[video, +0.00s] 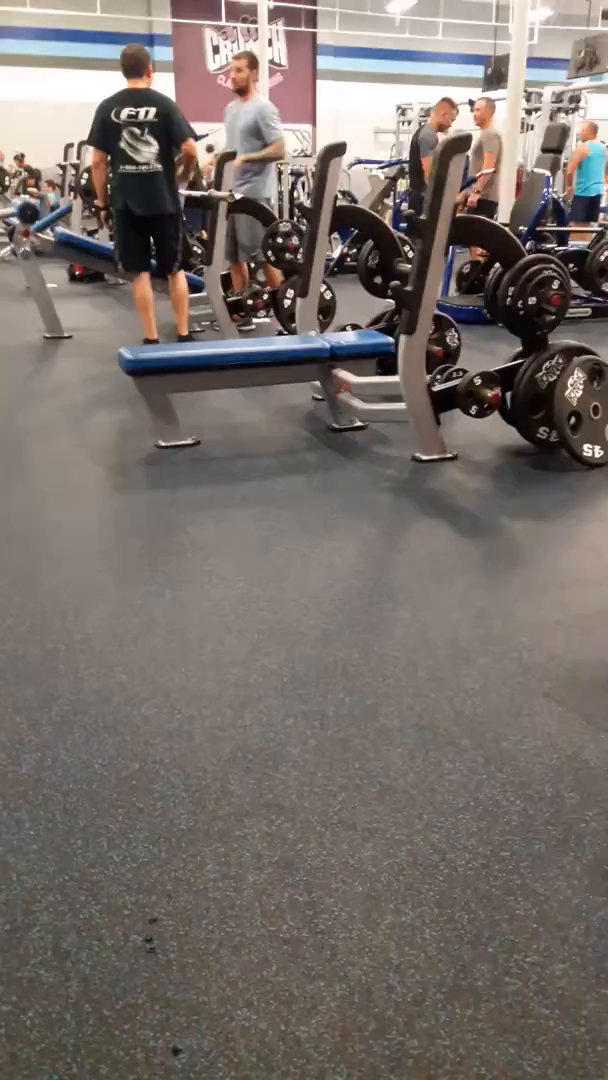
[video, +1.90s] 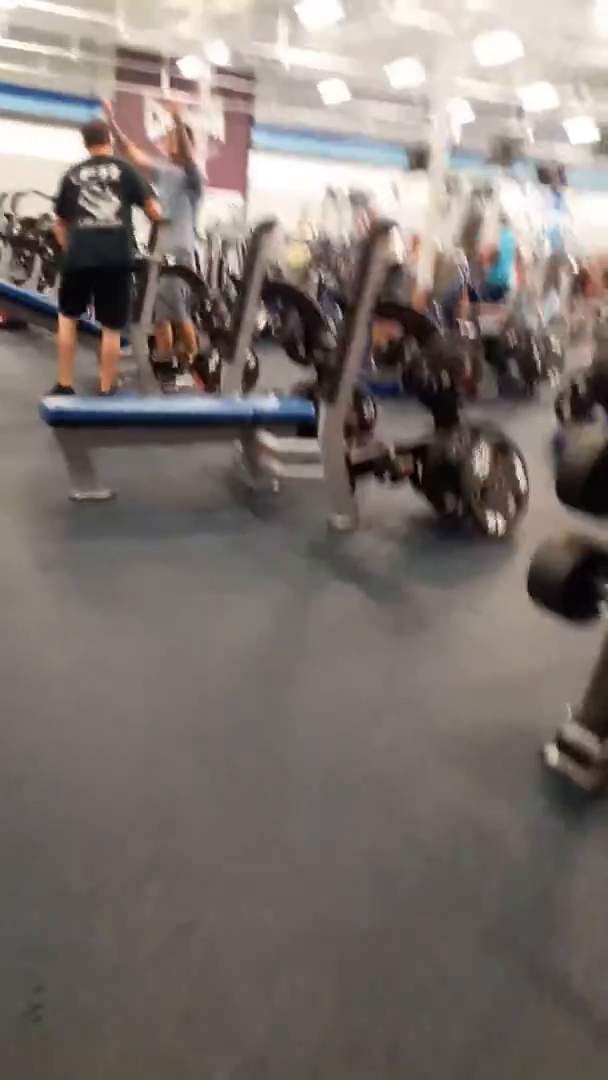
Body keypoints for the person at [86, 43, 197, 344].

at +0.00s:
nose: (153, 72)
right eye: (152, 68)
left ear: (122, 71)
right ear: (149, 70)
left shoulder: (107, 107)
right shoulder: (164, 104)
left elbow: (98, 161)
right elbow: (189, 150)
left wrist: (102, 202)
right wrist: (182, 175)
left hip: (125, 198)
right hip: (162, 197)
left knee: (138, 273)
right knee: (175, 270)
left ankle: (151, 339)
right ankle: (183, 335)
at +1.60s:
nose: (148, 98)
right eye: (148, 93)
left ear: (123, 100)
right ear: (149, 94)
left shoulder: (115, 135)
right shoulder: (167, 127)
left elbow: (109, 180)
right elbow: (195, 168)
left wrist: (118, 211)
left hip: (130, 209)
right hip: (166, 208)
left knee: (121, 283)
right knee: (165, 287)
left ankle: (122, 347)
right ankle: (163, 349)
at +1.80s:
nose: (154, 104)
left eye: (159, 99)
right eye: (155, 98)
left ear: (169, 103)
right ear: (164, 103)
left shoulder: (172, 138)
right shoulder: (156, 135)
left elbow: (156, 173)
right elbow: (150, 171)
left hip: (168, 212)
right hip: (153, 212)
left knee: (169, 270)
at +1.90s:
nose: (168, 146)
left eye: (173, 142)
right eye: (169, 142)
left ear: (184, 148)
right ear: (169, 147)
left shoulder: (192, 178)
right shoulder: (163, 173)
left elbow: (182, 151)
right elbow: (132, 154)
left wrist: (177, 119)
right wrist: (112, 124)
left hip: (181, 250)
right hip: (159, 249)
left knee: (179, 310)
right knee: (160, 313)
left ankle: (194, 364)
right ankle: (163, 365)